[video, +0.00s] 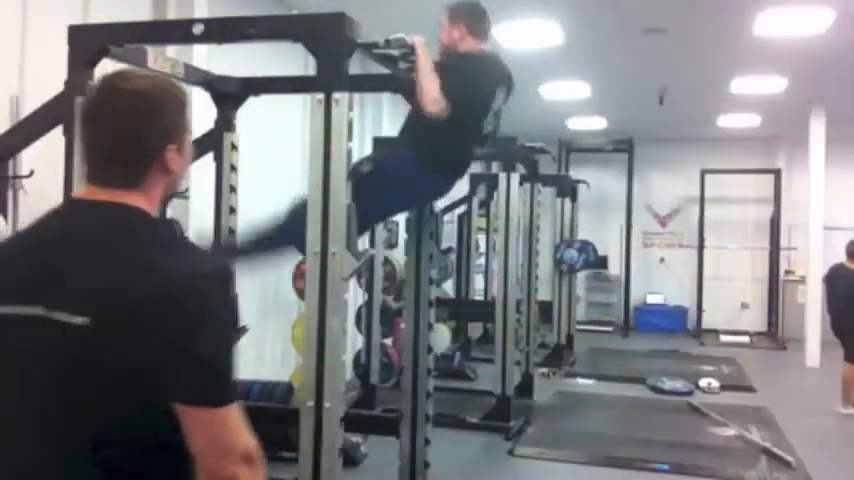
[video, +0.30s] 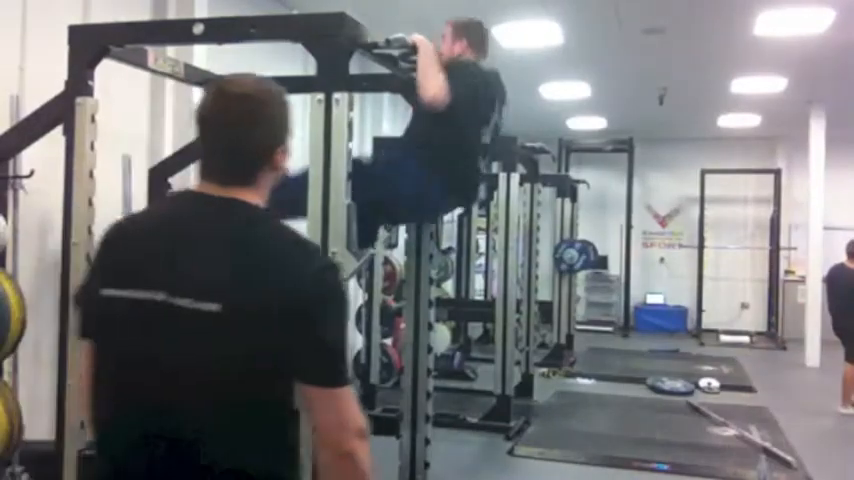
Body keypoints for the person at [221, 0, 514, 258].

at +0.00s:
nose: (441, 34)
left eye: (445, 28)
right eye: (443, 28)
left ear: (461, 31)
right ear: (475, 32)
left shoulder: (473, 67)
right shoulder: (486, 67)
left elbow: (433, 107)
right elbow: (437, 105)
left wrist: (422, 54)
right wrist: (427, 68)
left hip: (419, 166)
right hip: (432, 168)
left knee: (330, 206)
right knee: (347, 212)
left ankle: (251, 248)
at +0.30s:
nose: (440, 48)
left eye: (445, 42)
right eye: (441, 42)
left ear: (462, 45)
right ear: (472, 49)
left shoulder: (469, 74)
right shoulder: (481, 80)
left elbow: (433, 95)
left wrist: (424, 46)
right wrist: (429, 64)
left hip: (429, 173)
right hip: (448, 186)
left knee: (335, 176)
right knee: (362, 206)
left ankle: (260, 202)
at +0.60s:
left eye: (432, 115)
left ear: (435, 120)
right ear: (468, 131)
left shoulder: (437, 147)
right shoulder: (471, 170)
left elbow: (409, 106)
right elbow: (459, 123)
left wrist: (421, 54)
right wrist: (453, 79)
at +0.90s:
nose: (410, 146)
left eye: (416, 141)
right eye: (418, 140)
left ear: (420, 149)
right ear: (443, 151)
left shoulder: (420, 174)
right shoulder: (445, 179)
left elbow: (416, 117)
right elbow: (451, 129)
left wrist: (422, 59)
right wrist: (452, 78)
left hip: (406, 301)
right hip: (438, 301)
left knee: (383, 403)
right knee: (429, 400)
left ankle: (410, 470)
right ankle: (464, 469)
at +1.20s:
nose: (400, 167)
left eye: (404, 160)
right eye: (401, 160)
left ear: (419, 161)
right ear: (437, 158)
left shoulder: (428, 185)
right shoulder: (455, 182)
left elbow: (424, 123)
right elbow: (453, 129)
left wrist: (423, 64)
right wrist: (451, 77)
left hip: (439, 316)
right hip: (466, 313)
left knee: (436, 419)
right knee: (470, 399)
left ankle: (521, 450)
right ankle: (528, 455)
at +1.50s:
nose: (410, 172)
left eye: (415, 166)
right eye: (412, 167)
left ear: (429, 168)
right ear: (439, 165)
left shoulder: (440, 186)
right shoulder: (463, 182)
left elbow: (432, 119)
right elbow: (457, 128)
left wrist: (424, 62)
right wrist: (451, 76)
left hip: (461, 322)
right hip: (487, 317)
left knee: (456, 426)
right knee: (498, 407)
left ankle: (548, 471)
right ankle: (560, 471)